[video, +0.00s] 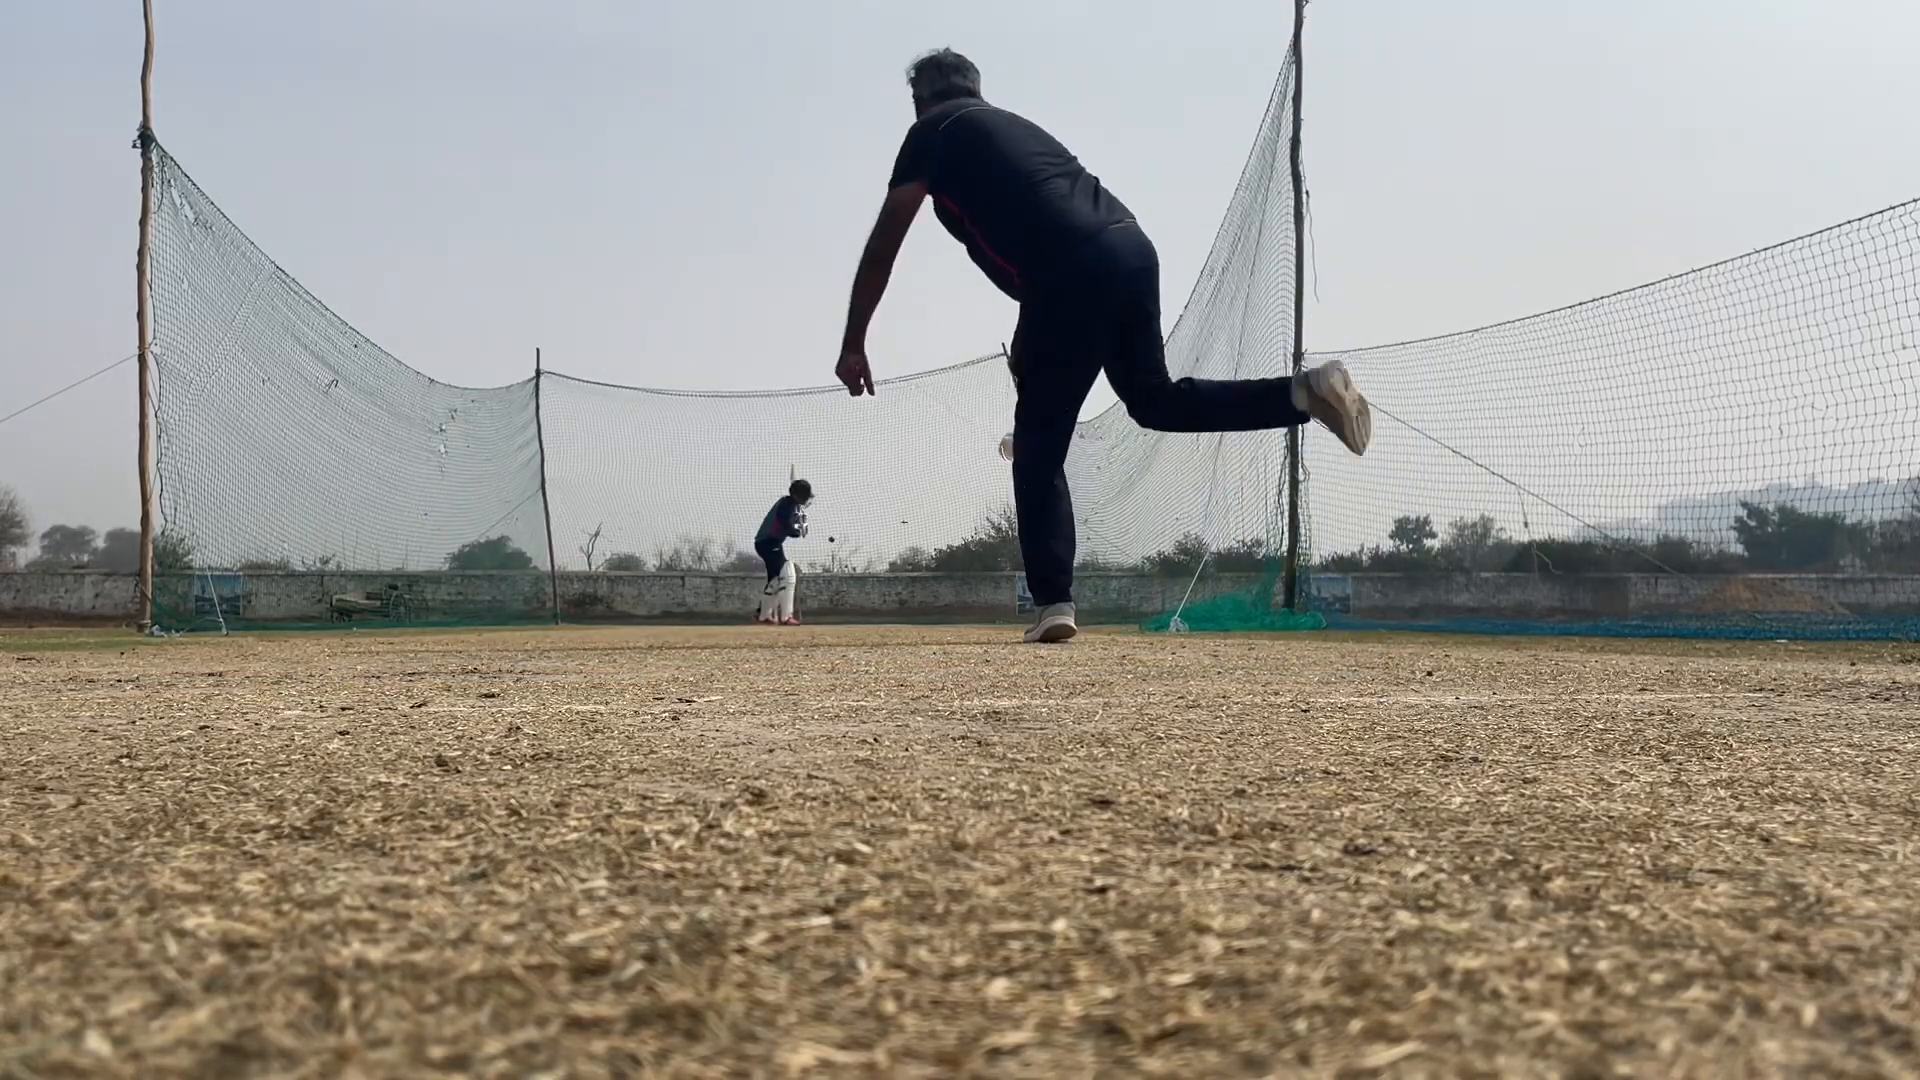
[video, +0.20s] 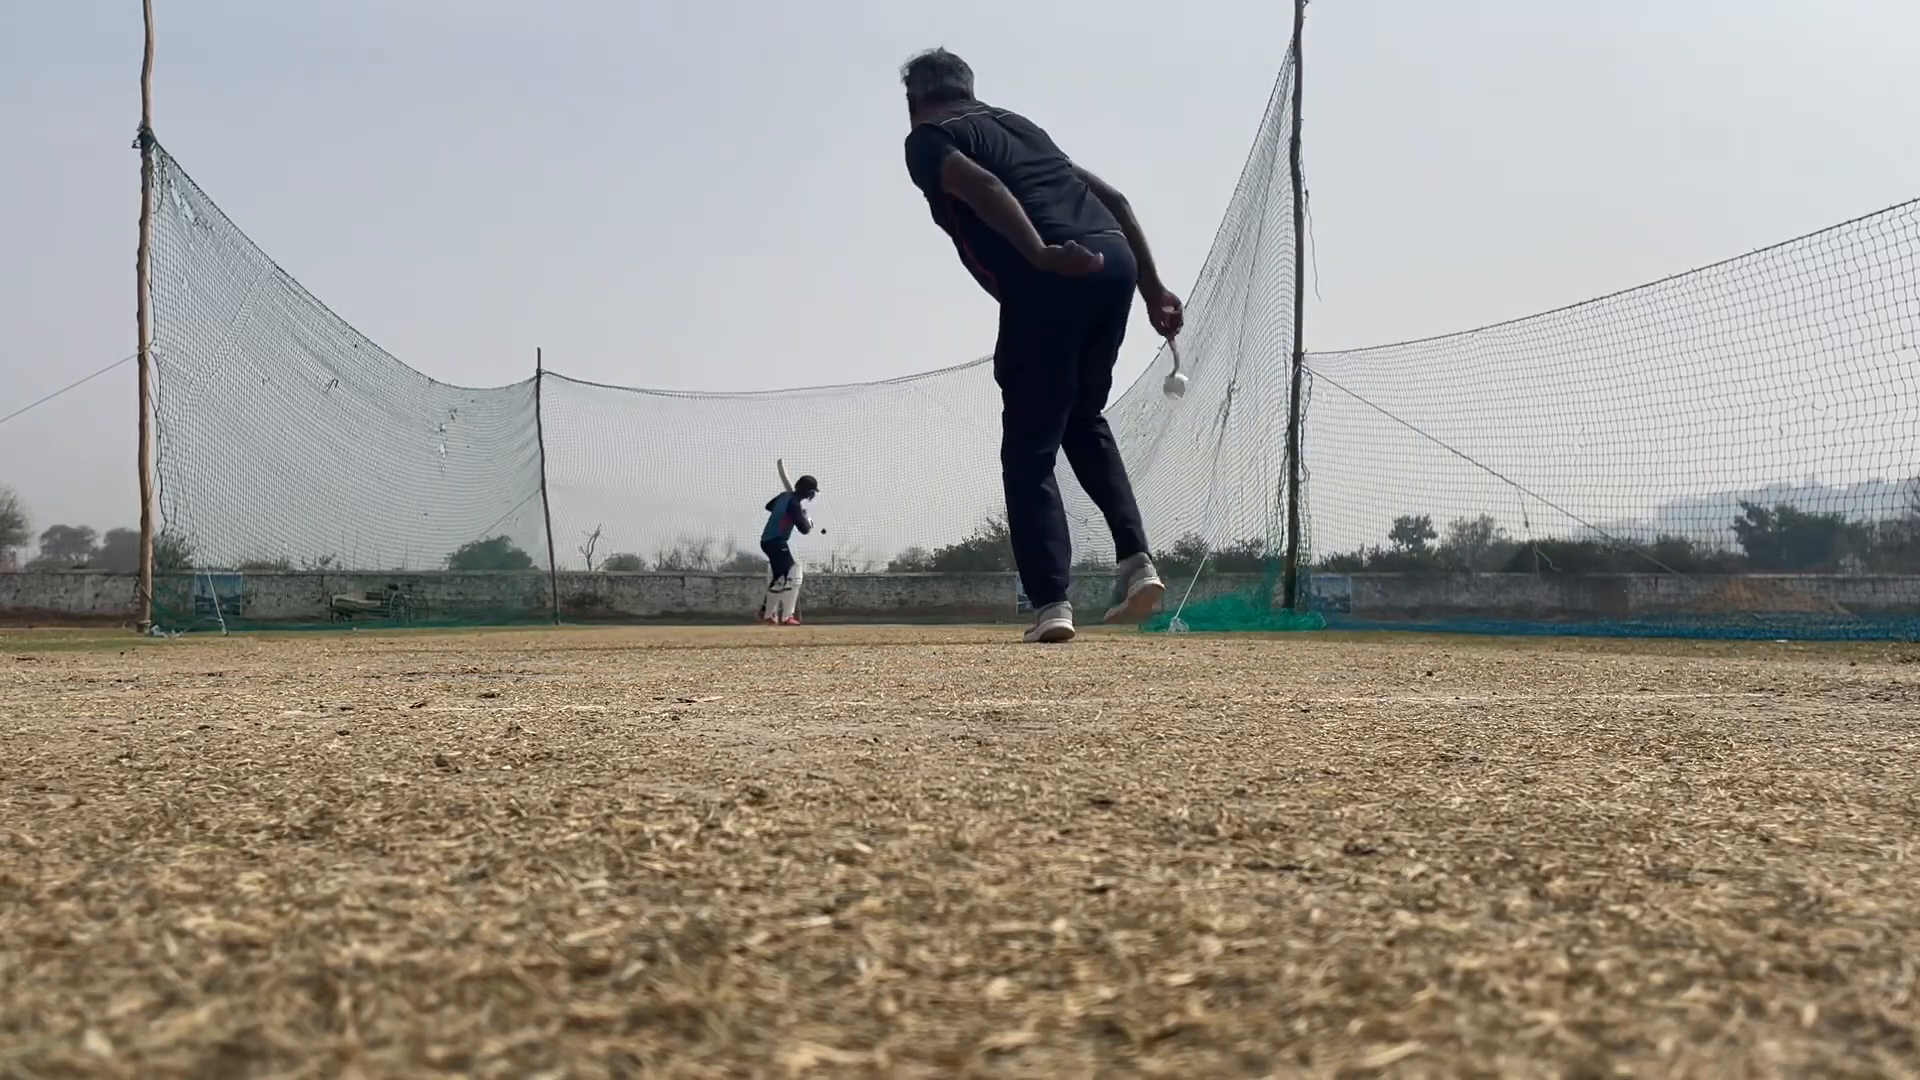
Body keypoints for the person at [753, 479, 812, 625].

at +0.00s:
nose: (806, 500)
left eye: (807, 497)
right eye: (805, 497)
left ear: (795, 494)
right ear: (797, 495)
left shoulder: (792, 504)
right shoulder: (787, 506)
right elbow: (788, 528)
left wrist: (800, 521)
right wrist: (799, 532)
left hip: (773, 542)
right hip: (767, 543)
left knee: (776, 578)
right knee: (783, 576)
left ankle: (765, 614)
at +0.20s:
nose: (812, 495)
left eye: (813, 492)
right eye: (812, 492)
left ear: (799, 487)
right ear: (806, 490)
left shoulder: (784, 496)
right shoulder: (794, 502)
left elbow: (769, 506)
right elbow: (804, 529)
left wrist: (788, 512)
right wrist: (808, 520)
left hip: (768, 541)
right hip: (777, 542)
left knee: (779, 577)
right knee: (794, 574)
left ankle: (769, 613)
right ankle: (787, 615)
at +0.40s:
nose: (812, 493)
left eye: (814, 490)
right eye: (812, 490)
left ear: (798, 484)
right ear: (807, 488)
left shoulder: (784, 495)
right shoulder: (798, 502)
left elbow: (768, 507)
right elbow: (808, 528)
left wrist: (784, 512)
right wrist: (810, 522)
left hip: (770, 541)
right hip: (781, 542)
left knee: (781, 576)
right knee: (795, 574)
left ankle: (770, 611)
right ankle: (787, 615)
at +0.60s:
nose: (814, 491)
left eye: (815, 488)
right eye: (813, 487)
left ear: (798, 484)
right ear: (808, 487)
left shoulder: (785, 495)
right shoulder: (798, 501)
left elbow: (769, 507)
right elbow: (809, 527)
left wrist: (785, 513)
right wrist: (809, 520)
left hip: (771, 541)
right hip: (782, 542)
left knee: (782, 577)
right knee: (797, 575)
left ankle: (770, 613)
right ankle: (788, 616)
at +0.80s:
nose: (812, 488)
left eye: (813, 484)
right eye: (812, 484)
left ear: (796, 482)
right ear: (807, 485)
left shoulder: (785, 496)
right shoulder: (797, 499)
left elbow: (772, 512)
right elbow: (807, 523)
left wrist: (789, 516)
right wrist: (813, 526)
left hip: (773, 541)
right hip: (783, 541)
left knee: (782, 576)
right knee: (797, 575)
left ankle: (770, 611)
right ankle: (788, 615)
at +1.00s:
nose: (805, 482)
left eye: (805, 479)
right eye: (804, 479)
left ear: (789, 479)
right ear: (799, 480)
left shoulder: (784, 494)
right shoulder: (791, 495)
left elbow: (794, 520)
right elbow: (799, 519)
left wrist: (807, 534)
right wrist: (811, 533)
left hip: (775, 539)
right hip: (783, 539)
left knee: (783, 576)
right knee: (797, 574)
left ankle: (771, 613)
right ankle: (788, 615)